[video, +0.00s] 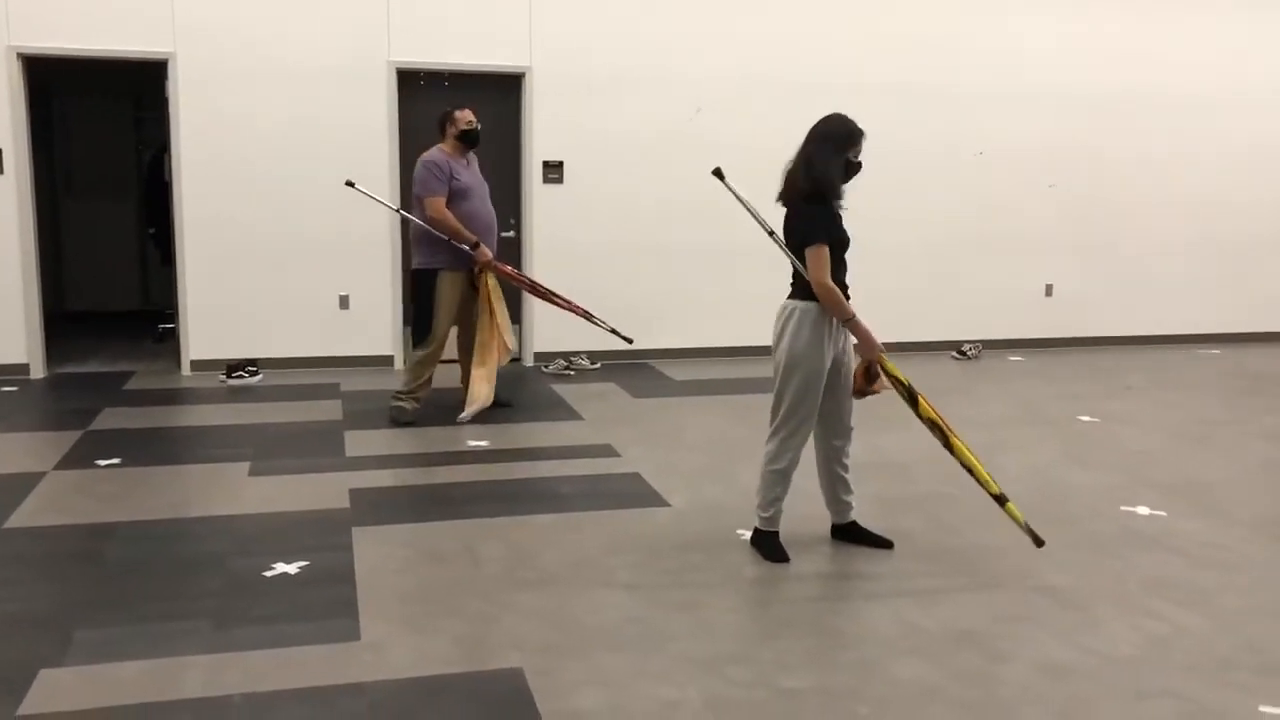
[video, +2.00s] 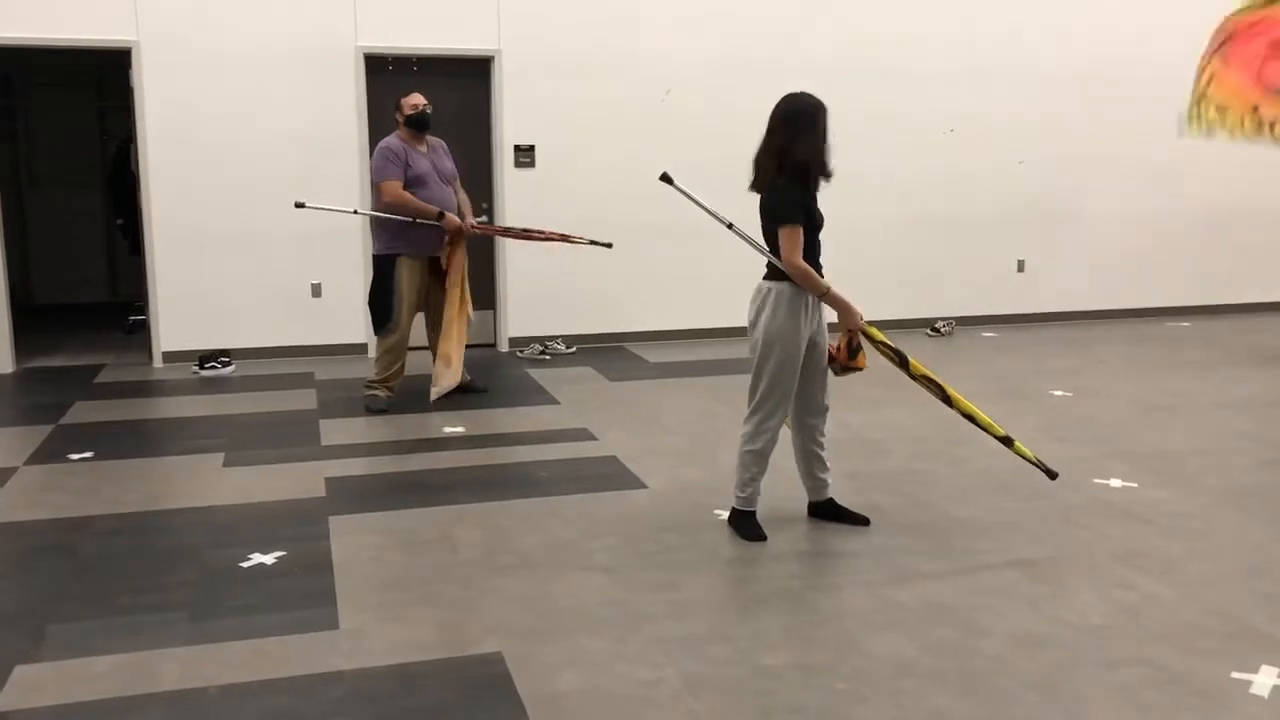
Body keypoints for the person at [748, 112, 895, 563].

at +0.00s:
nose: (858, 165)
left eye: (859, 156)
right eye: (853, 156)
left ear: (825, 153)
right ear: (832, 155)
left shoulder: (823, 204)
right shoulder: (811, 206)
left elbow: (827, 280)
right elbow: (820, 282)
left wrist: (850, 336)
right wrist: (863, 333)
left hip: (834, 323)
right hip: (806, 323)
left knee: (836, 428)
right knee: (791, 428)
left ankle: (843, 522)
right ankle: (766, 527)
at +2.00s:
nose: (825, 138)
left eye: (823, 129)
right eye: (821, 130)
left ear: (782, 130)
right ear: (810, 133)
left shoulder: (800, 181)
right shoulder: (786, 184)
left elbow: (800, 259)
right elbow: (791, 262)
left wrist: (832, 312)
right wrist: (843, 305)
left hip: (807, 302)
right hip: (782, 302)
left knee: (811, 408)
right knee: (768, 409)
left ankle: (820, 500)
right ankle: (743, 507)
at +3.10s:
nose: (828, 154)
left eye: (821, 146)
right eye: (824, 146)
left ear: (773, 151)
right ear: (818, 150)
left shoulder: (762, 201)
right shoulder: (811, 200)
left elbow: (751, 266)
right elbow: (816, 277)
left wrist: (752, 322)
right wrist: (865, 317)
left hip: (773, 314)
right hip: (798, 315)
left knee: (817, 418)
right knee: (792, 419)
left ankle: (840, 510)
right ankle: (753, 519)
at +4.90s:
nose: (844, 148)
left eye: (844, 140)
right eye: (838, 140)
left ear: (808, 141)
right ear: (819, 142)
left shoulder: (815, 192)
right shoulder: (804, 195)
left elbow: (822, 270)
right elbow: (824, 274)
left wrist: (854, 310)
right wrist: (874, 314)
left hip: (829, 311)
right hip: (805, 312)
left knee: (836, 414)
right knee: (789, 418)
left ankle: (843, 509)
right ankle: (762, 520)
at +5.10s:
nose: (844, 146)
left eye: (843, 138)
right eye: (838, 138)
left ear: (807, 140)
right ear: (820, 142)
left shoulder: (815, 193)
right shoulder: (805, 196)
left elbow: (822, 269)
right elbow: (824, 273)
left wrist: (856, 305)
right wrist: (874, 314)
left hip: (828, 310)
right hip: (805, 311)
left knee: (835, 414)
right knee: (789, 417)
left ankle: (844, 508)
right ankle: (763, 519)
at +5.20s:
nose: (844, 145)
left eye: (843, 136)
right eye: (838, 137)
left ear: (807, 138)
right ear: (820, 140)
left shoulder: (814, 192)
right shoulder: (804, 195)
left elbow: (821, 269)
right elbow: (824, 272)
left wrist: (855, 304)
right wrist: (874, 313)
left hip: (828, 309)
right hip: (805, 310)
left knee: (835, 413)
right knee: (789, 416)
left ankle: (844, 507)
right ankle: (763, 518)